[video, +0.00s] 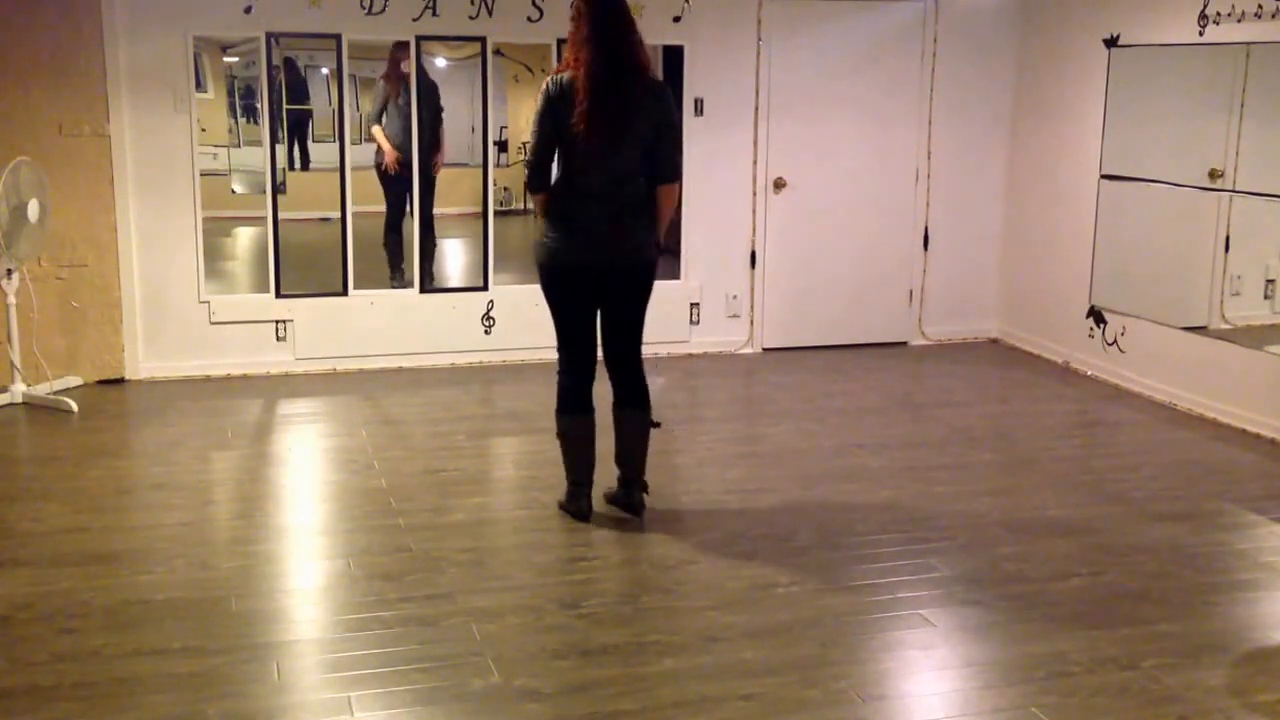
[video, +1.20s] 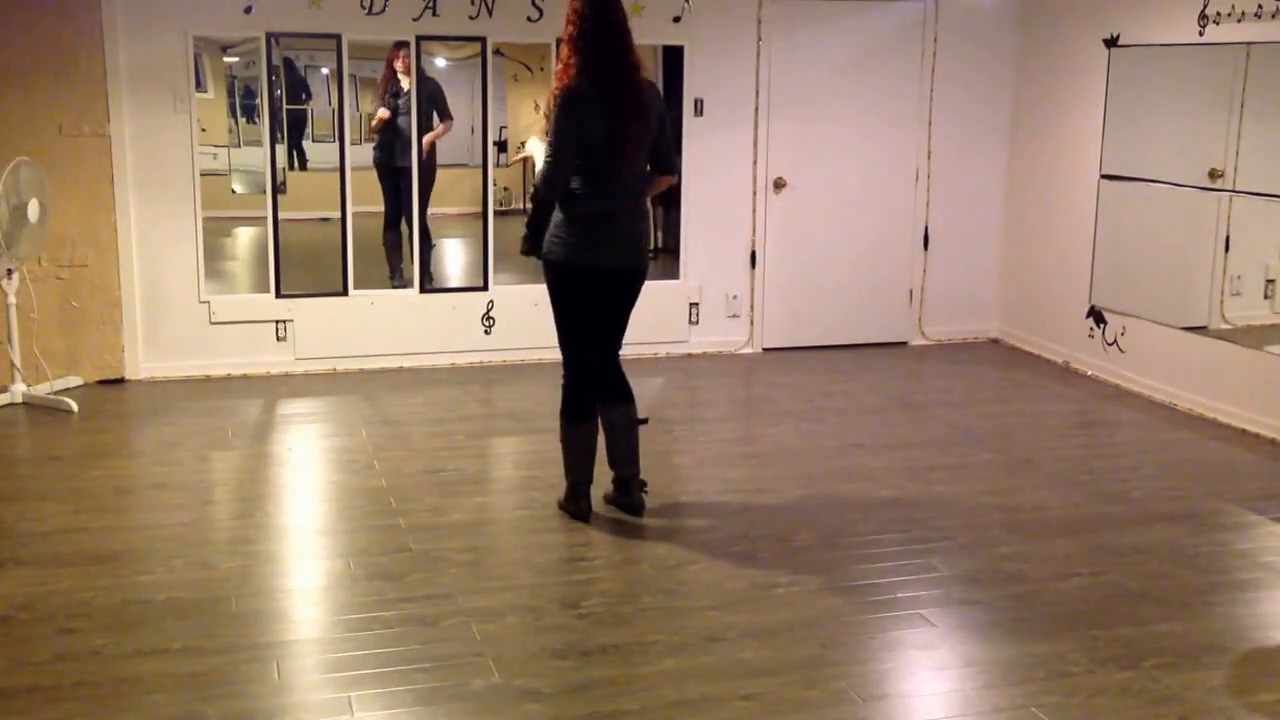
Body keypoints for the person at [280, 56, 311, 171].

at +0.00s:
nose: (281, 70)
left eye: (282, 68)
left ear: (283, 67)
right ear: (295, 65)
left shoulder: (282, 81)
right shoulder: (302, 79)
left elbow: (278, 100)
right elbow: (307, 97)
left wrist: (279, 115)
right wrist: (309, 111)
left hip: (289, 114)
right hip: (303, 113)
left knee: (289, 145)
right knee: (303, 143)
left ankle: (290, 169)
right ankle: (305, 168)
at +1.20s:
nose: (282, 70)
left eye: (282, 68)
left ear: (283, 67)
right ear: (293, 65)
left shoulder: (282, 79)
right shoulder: (300, 77)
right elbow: (308, 94)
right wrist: (304, 101)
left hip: (287, 112)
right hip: (300, 112)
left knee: (288, 143)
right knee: (298, 142)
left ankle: (290, 168)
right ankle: (303, 166)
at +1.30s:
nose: (283, 70)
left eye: (283, 67)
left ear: (283, 67)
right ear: (294, 66)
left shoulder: (282, 81)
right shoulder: (300, 78)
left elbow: (278, 97)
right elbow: (311, 91)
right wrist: (304, 99)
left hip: (289, 113)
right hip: (303, 112)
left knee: (291, 143)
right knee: (302, 142)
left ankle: (290, 168)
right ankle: (305, 167)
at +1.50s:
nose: (284, 70)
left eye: (283, 67)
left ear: (283, 67)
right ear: (294, 65)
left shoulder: (282, 81)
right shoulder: (300, 77)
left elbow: (278, 96)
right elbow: (311, 91)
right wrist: (304, 98)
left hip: (289, 112)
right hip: (303, 112)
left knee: (291, 143)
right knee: (304, 142)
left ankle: (291, 168)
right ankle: (305, 168)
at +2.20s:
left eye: (283, 67)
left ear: (283, 67)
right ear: (294, 66)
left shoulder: (281, 82)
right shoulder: (300, 80)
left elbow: (278, 100)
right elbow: (305, 96)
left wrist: (280, 115)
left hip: (290, 115)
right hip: (304, 114)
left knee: (292, 145)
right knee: (305, 144)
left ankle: (291, 170)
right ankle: (306, 169)